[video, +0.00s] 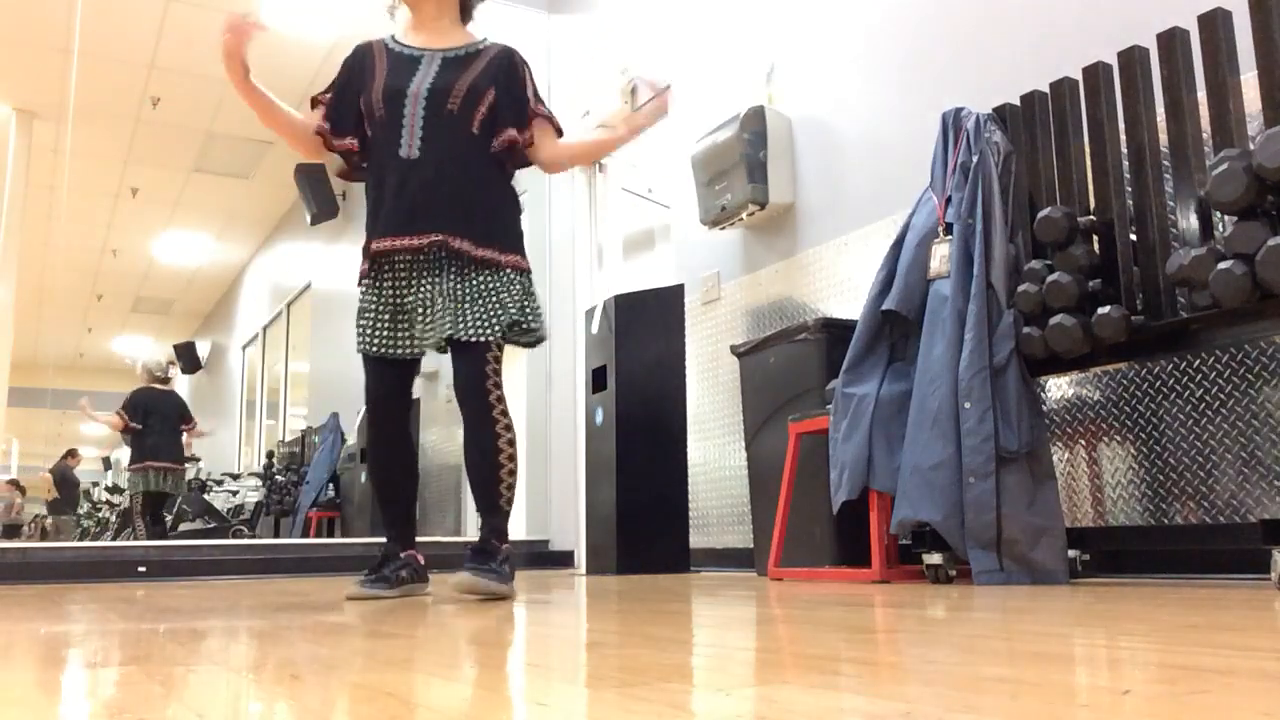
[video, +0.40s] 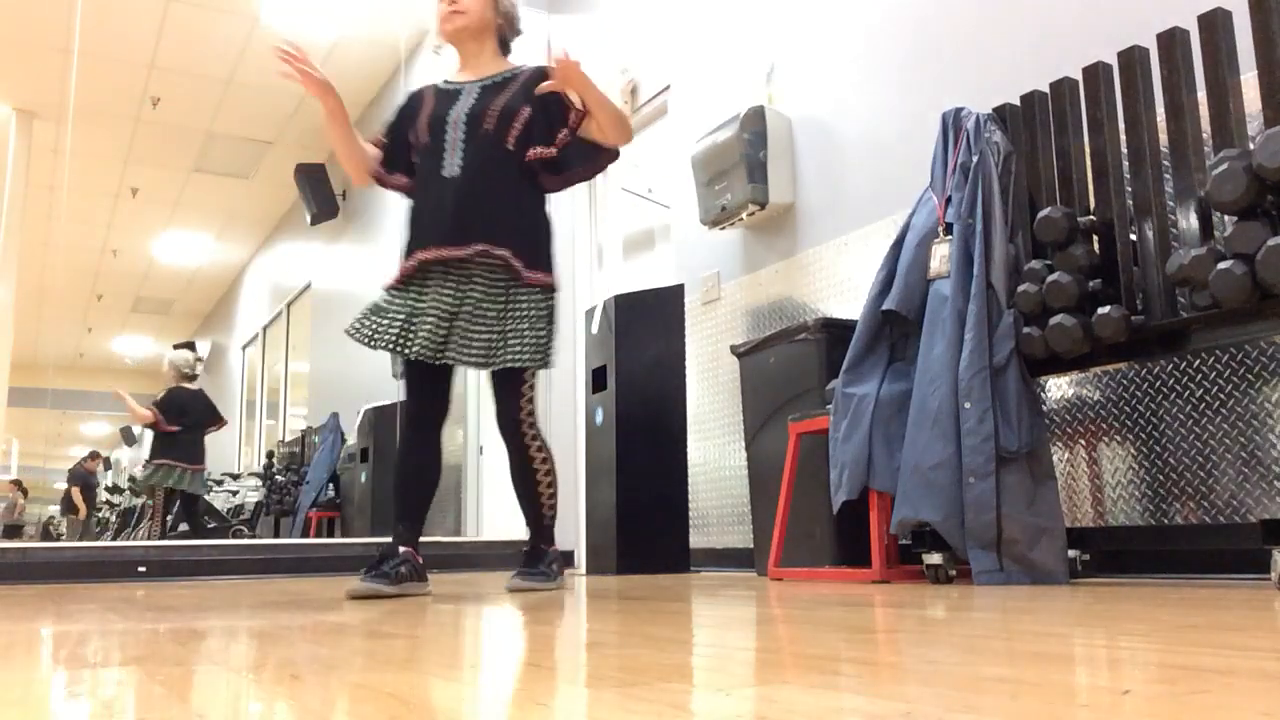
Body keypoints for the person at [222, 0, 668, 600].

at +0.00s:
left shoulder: (499, 61)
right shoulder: (370, 57)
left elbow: (550, 153)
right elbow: (317, 141)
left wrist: (629, 127)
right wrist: (242, 80)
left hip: (480, 249)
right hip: (394, 251)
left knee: (479, 386)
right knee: (385, 397)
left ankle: (492, 550)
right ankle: (402, 552)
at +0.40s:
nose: (444, 8)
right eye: (443, 2)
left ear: (497, 13)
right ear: (443, 24)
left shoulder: (534, 85)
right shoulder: (426, 100)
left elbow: (618, 135)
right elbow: (366, 171)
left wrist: (582, 86)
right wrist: (329, 100)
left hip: (510, 268)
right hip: (432, 268)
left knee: (515, 416)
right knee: (420, 415)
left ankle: (543, 552)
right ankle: (405, 555)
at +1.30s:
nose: (472, 38)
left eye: (486, 31)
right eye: (465, 35)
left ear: (518, 52)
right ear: (459, 59)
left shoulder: (534, 121)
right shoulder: (435, 126)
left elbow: (553, 193)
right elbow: (399, 202)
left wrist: (470, 152)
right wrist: (371, 260)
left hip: (496, 288)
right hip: (426, 286)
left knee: (503, 420)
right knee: (410, 423)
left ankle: (542, 551)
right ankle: (414, 553)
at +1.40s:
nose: (465, 40)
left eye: (480, 32)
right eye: (459, 36)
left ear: (511, 53)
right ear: (454, 60)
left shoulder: (528, 120)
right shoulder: (431, 126)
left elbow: (536, 192)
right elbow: (397, 202)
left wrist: (441, 178)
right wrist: (360, 244)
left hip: (490, 288)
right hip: (419, 285)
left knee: (484, 414)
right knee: (410, 420)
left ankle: (531, 543)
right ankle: (415, 553)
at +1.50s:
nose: (463, 40)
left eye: (477, 32)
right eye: (457, 36)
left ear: (509, 52)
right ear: (454, 60)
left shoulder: (528, 118)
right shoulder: (433, 126)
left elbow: (530, 192)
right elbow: (398, 204)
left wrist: (456, 220)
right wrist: (363, 238)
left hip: (494, 290)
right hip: (423, 288)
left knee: (482, 417)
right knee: (414, 422)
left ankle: (514, 549)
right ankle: (415, 553)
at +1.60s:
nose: (464, 39)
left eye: (479, 31)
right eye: (459, 35)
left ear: (510, 53)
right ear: (455, 58)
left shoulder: (531, 118)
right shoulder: (438, 129)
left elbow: (536, 197)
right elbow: (410, 211)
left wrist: (496, 257)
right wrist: (379, 227)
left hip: (501, 291)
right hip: (430, 289)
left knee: (492, 423)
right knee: (417, 425)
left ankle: (515, 551)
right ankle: (415, 553)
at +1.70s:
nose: (466, 39)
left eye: (482, 32)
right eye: (461, 35)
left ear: (511, 53)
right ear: (457, 61)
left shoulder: (535, 119)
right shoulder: (442, 133)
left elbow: (563, 208)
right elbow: (426, 217)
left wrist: (568, 285)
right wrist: (401, 215)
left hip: (513, 291)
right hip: (444, 292)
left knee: (505, 421)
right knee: (416, 416)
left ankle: (517, 552)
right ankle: (418, 549)